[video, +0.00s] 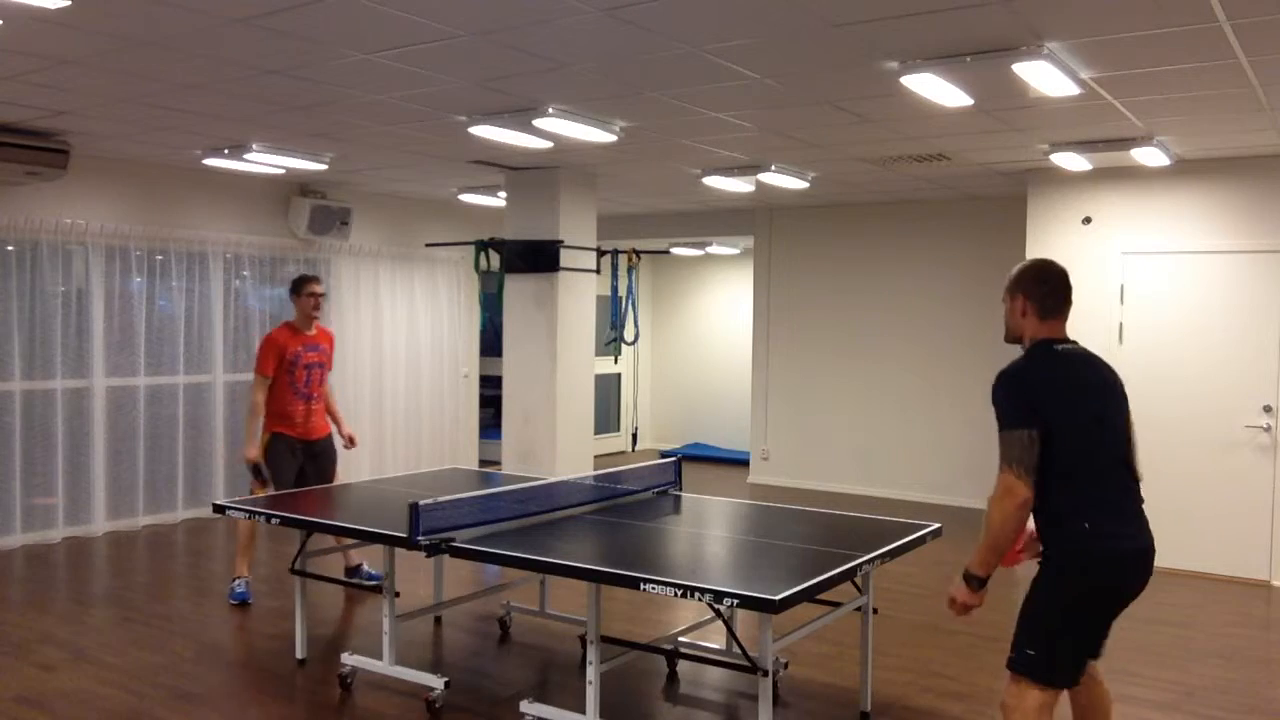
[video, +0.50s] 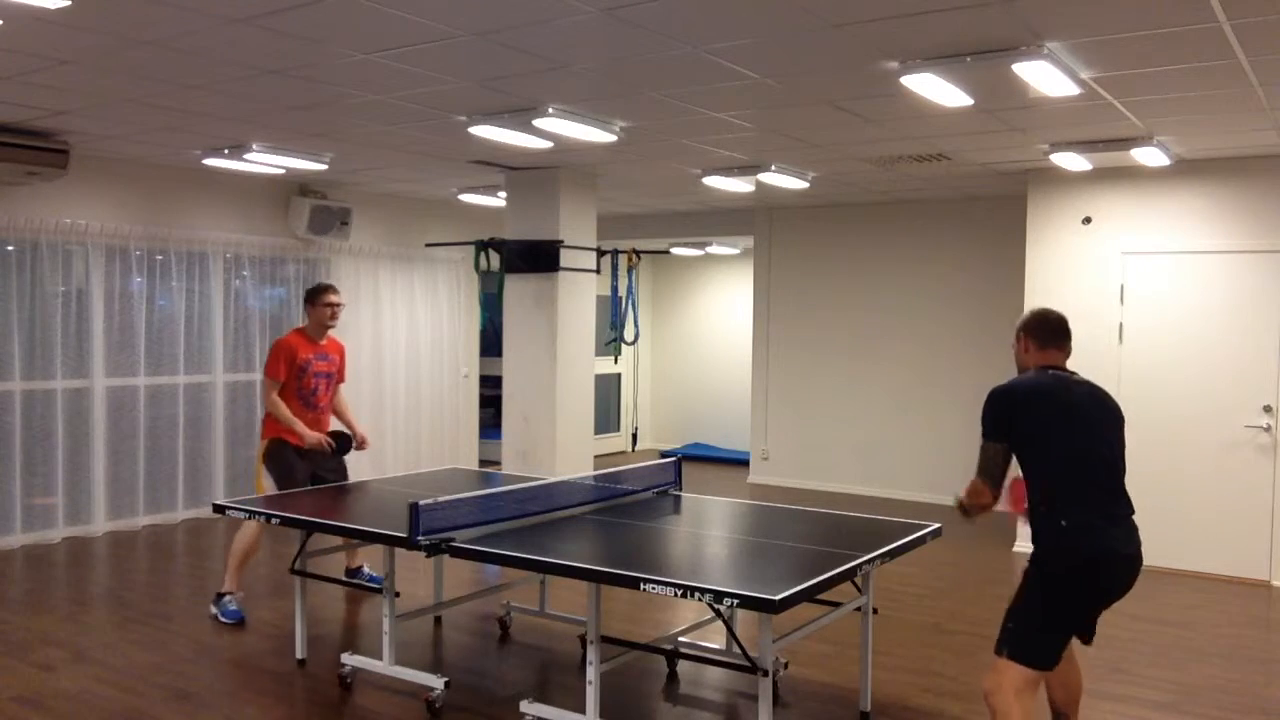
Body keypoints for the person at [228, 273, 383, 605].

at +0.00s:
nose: (318, 301)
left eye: (321, 296)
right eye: (311, 296)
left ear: (323, 301)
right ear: (295, 300)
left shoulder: (325, 338)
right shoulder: (276, 340)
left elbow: (323, 386)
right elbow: (259, 393)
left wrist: (341, 425)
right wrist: (252, 444)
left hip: (319, 437)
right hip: (282, 438)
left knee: (331, 502)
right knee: (256, 503)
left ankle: (353, 565)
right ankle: (241, 575)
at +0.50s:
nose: (335, 311)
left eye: (338, 307)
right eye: (328, 306)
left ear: (339, 311)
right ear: (310, 309)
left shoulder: (336, 349)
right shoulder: (287, 346)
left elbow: (334, 395)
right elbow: (270, 397)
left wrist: (354, 428)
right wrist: (304, 432)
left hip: (321, 441)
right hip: (283, 440)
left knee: (345, 501)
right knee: (265, 511)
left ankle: (355, 567)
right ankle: (227, 592)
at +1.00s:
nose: (308, 314)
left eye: (311, 309)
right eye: (301, 308)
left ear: (313, 312)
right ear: (281, 310)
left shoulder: (316, 347)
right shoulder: (257, 348)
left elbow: (314, 390)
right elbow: (230, 397)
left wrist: (323, 419)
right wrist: (243, 439)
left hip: (299, 446)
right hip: (261, 446)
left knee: (320, 507)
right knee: (247, 515)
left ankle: (331, 566)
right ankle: (222, 594)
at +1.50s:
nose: (327, 333)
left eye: (329, 327)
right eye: (322, 327)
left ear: (322, 328)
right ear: (301, 326)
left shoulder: (318, 359)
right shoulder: (270, 362)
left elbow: (312, 404)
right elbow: (248, 413)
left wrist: (338, 423)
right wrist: (277, 455)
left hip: (299, 448)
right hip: (263, 450)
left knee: (328, 501)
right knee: (259, 515)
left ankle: (337, 565)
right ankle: (222, 595)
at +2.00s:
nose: (369, 322)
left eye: (372, 317)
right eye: (364, 315)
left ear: (368, 320)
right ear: (346, 313)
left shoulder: (333, 346)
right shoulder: (335, 347)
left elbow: (316, 397)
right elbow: (364, 398)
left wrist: (348, 417)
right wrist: (412, 416)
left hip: (315, 441)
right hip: (288, 439)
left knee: (333, 505)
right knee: (259, 511)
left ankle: (339, 563)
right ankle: (230, 586)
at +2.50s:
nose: (325, 322)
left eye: (329, 317)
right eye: (319, 317)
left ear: (333, 319)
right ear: (302, 317)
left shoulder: (337, 352)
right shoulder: (277, 356)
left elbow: (341, 392)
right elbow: (263, 404)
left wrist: (362, 422)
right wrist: (262, 448)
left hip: (325, 445)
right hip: (284, 447)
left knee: (350, 503)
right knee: (262, 511)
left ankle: (365, 554)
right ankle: (243, 585)